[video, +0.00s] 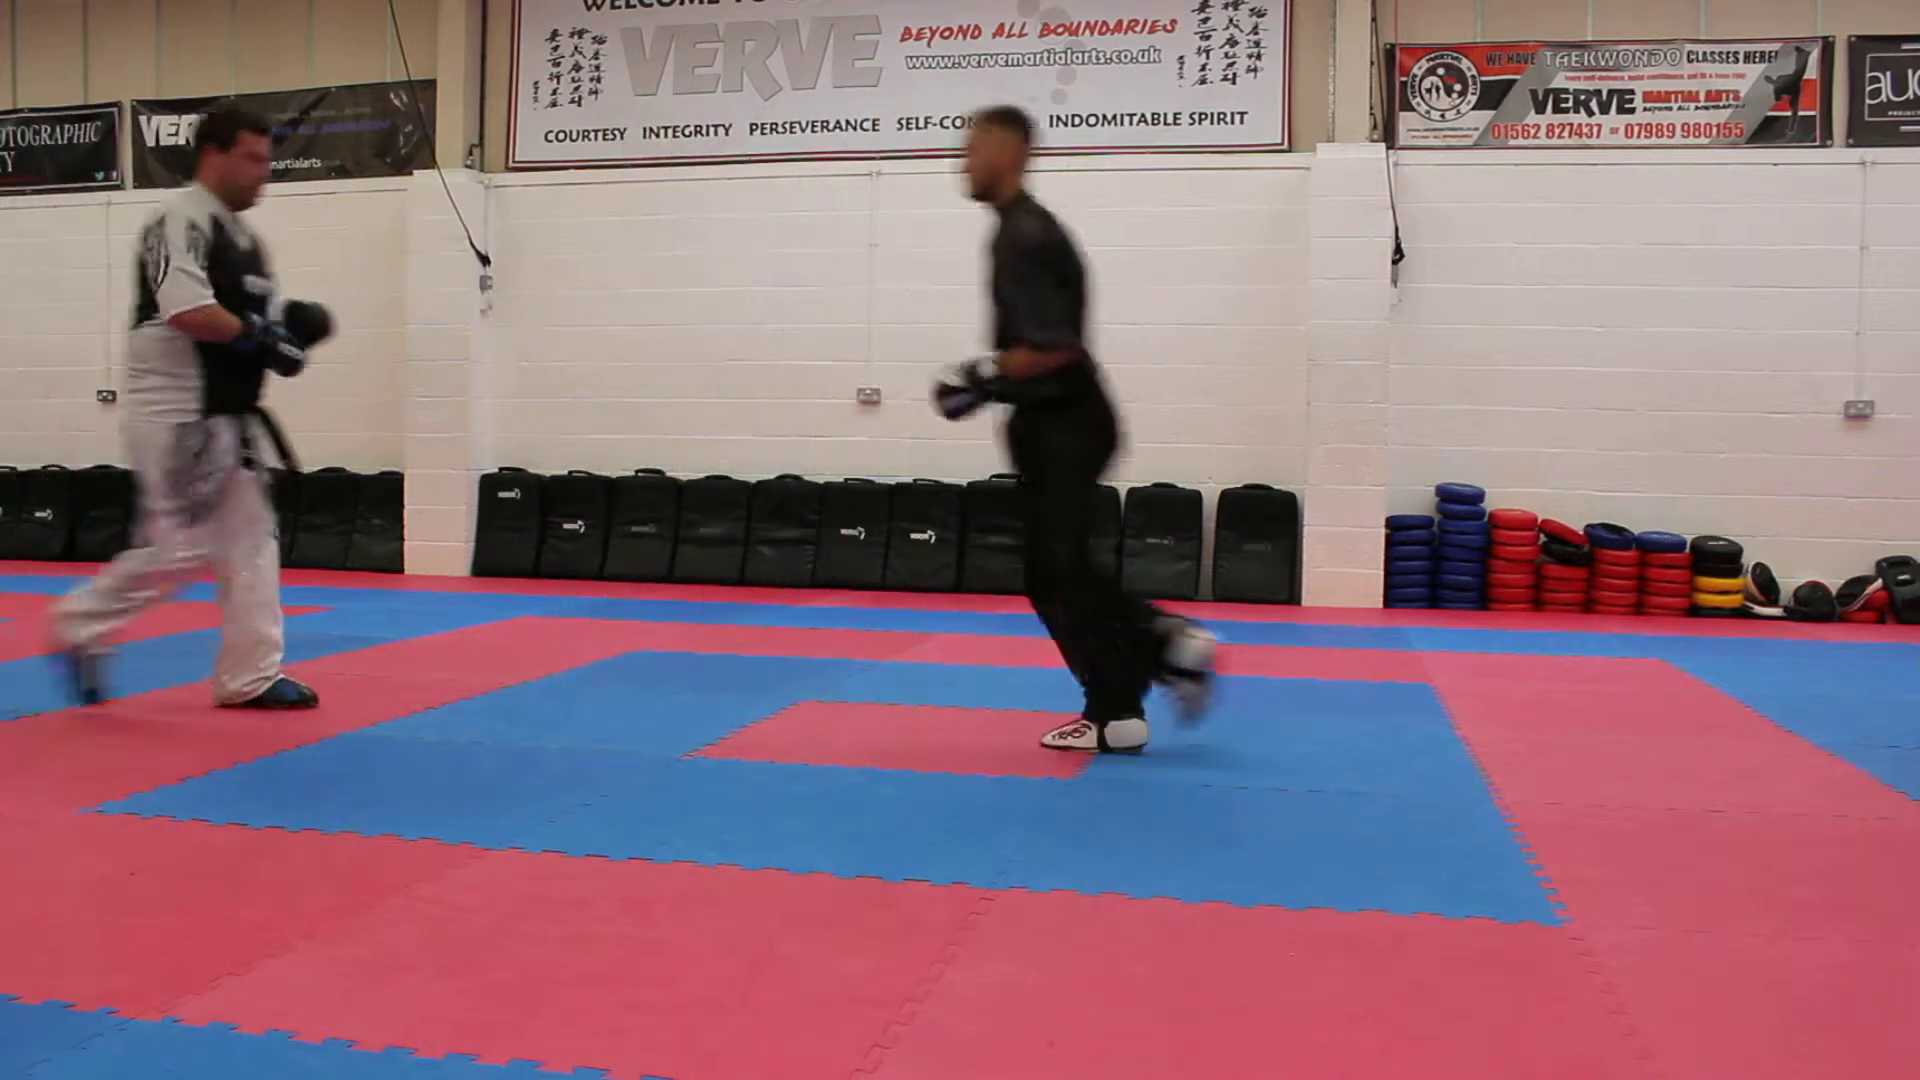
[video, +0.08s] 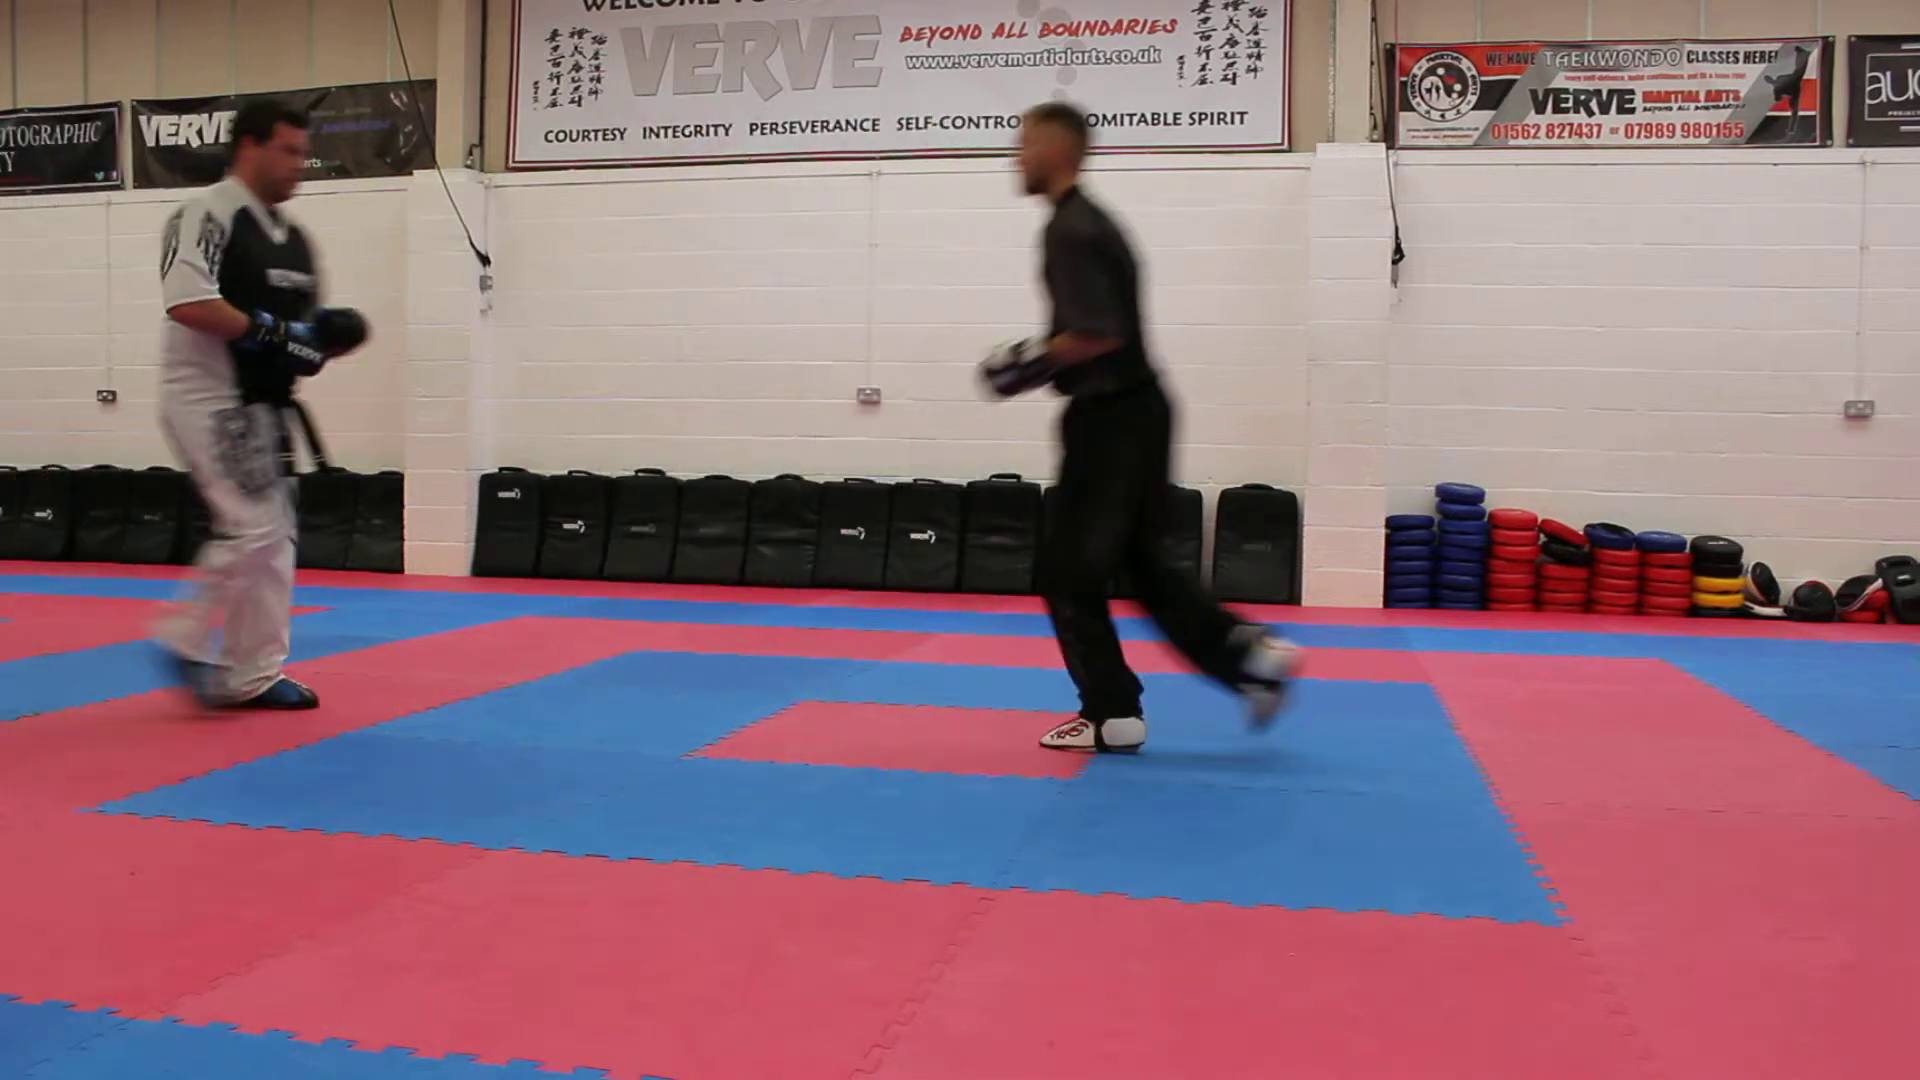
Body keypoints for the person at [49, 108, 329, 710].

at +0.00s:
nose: (265, 173)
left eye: (267, 162)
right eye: (255, 160)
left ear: (246, 164)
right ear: (214, 156)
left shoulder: (242, 235)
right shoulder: (176, 219)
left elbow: (253, 306)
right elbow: (189, 312)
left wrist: (287, 320)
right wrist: (258, 335)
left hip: (227, 414)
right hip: (172, 416)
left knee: (250, 541)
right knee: (180, 545)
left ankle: (248, 675)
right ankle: (78, 624)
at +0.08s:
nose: (300, 166)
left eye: (304, 156)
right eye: (290, 153)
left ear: (299, 159)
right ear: (249, 149)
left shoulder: (293, 237)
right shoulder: (203, 212)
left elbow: (297, 322)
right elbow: (187, 302)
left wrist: (325, 334)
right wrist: (270, 333)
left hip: (261, 399)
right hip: (204, 396)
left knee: (273, 532)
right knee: (256, 527)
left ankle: (248, 672)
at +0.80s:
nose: (574, 186)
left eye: (574, 174)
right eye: (561, 175)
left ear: (563, 182)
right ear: (519, 182)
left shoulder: (595, 265)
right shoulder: (463, 262)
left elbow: (630, 346)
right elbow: (436, 352)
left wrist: (673, 364)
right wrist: (499, 362)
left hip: (578, 440)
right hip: (495, 441)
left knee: (631, 550)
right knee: (444, 554)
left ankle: (672, 677)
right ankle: (427, 684)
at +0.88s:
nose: (584, 173)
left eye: (584, 162)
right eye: (570, 162)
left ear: (573, 171)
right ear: (528, 169)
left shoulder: (606, 253)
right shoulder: (473, 242)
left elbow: (639, 338)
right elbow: (440, 333)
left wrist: (679, 353)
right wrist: (504, 344)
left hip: (583, 426)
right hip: (497, 426)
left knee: (638, 536)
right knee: (438, 541)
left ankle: (680, 667)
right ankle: (416, 671)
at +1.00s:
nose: (597, 188)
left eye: (597, 176)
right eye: (584, 176)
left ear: (587, 182)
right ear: (541, 183)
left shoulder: (616, 269)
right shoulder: (482, 258)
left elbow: (645, 354)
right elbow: (449, 348)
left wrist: (685, 369)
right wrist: (516, 361)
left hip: (592, 440)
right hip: (507, 442)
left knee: (647, 555)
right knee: (441, 556)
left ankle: (692, 680)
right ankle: (406, 670)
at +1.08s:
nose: (599, 207)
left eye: (600, 195)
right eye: (586, 196)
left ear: (594, 201)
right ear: (544, 203)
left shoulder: (619, 288)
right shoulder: (485, 278)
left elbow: (647, 373)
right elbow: (454, 370)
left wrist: (685, 390)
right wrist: (520, 385)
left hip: (593, 459)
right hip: (508, 459)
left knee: (647, 566)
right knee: (443, 566)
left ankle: (689, 684)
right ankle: (413, 677)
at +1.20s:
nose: (600, 199)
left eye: (600, 188)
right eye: (587, 188)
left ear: (592, 195)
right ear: (544, 194)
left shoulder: (618, 278)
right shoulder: (483, 267)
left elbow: (644, 364)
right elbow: (451, 355)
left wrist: (682, 385)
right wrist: (514, 369)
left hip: (595, 448)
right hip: (509, 450)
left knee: (646, 555)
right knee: (446, 559)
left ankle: (691, 680)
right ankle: (412, 676)